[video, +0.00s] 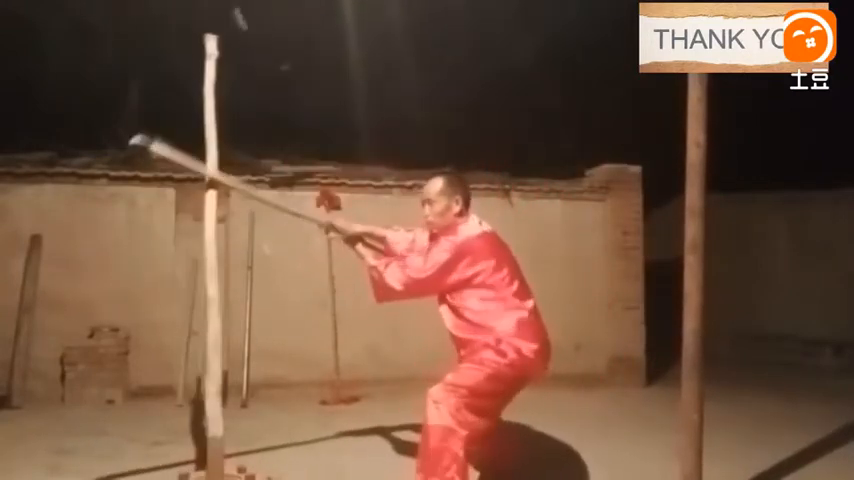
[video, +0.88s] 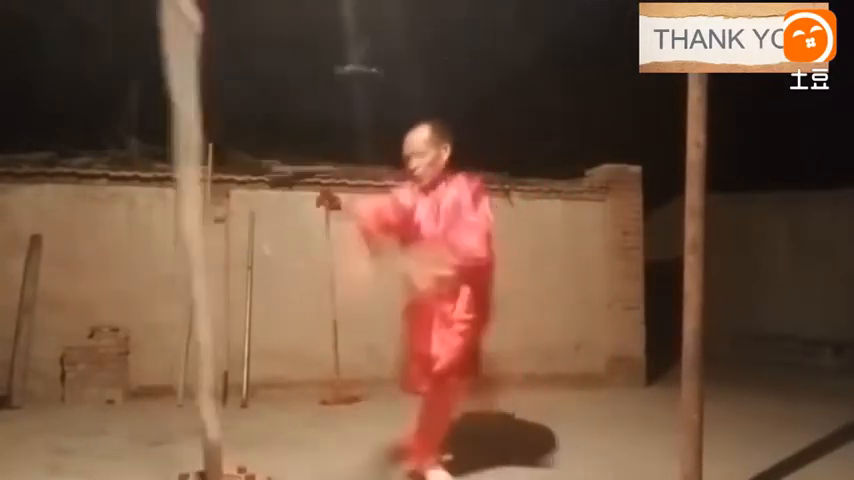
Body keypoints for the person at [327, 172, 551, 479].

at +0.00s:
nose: (424, 212)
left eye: (430, 203)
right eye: (423, 204)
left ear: (456, 205)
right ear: (455, 207)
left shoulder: (464, 243)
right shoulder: (466, 233)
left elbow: (401, 277)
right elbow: (406, 240)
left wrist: (356, 243)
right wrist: (353, 228)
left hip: (508, 350)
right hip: (513, 346)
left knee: (444, 400)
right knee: (466, 408)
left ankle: (440, 474)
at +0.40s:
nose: (429, 180)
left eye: (436, 173)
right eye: (428, 173)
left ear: (460, 176)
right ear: (453, 177)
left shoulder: (472, 214)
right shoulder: (459, 208)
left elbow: (403, 234)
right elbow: (409, 213)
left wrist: (348, 204)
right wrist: (374, 189)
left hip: (492, 333)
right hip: (472, 330)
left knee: (451, 419)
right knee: (454, 417)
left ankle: (453, 475)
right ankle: (460, 474)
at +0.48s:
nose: (429, 175)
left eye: (436, 166)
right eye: (427, 168)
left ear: (460, 168)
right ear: (430, 169)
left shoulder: (473, 206)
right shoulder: (453, 202)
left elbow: (409, 219)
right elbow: (408, 199)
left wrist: (345, 200)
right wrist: (375, 166)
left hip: (501, 326)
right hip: (477, 323)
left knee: (473, 409)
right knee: (474, 407)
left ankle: (464, 474)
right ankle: (473, 471)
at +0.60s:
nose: (423, 166)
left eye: (429, 158)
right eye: (422, 159)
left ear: (453, 160)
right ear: (449, 162)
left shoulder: (468, 194)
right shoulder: (445, 192)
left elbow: (404, 204)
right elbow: (392, 184)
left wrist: (336, 192)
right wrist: (366, 145)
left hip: (499, 304)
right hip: (470, 306)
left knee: (483, 367)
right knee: (466, 377)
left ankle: (517, 457)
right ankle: (487, 457)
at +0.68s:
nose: (419, 164)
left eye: (425, 155)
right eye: (417, 157)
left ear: (449, 156)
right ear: (424, 162)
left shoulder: (466, 189)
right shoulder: (440, 190)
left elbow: (402, 206)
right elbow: (379, 188)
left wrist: (334, 192)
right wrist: (353, 148)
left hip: (492, 305)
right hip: (466, 308)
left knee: (486, 383)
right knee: (463, 390)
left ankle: (519, 461)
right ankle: (488, 461)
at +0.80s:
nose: (418, 158)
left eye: (425, 150)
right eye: (414, 151)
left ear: (448, 148)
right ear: (411, 153)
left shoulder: (467, 186)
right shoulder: (413, 190)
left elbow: (452, 230)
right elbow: (373, 200)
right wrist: (334, 200)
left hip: (481, 293)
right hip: (439, 293)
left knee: (461, 363)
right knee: (443, 365)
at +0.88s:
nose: (412, 164)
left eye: (419, 155)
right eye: (408, 157)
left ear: (444, 153)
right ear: (406, 159)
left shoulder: (466, 191)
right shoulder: (412, 196)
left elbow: (476, 249)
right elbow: (379, 210)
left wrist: (439, 267)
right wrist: (343, 206)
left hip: (462, 296)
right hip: (424, 295)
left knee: (445, 372)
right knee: (426, 371)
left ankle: (426, 458)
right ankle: (427, 439)